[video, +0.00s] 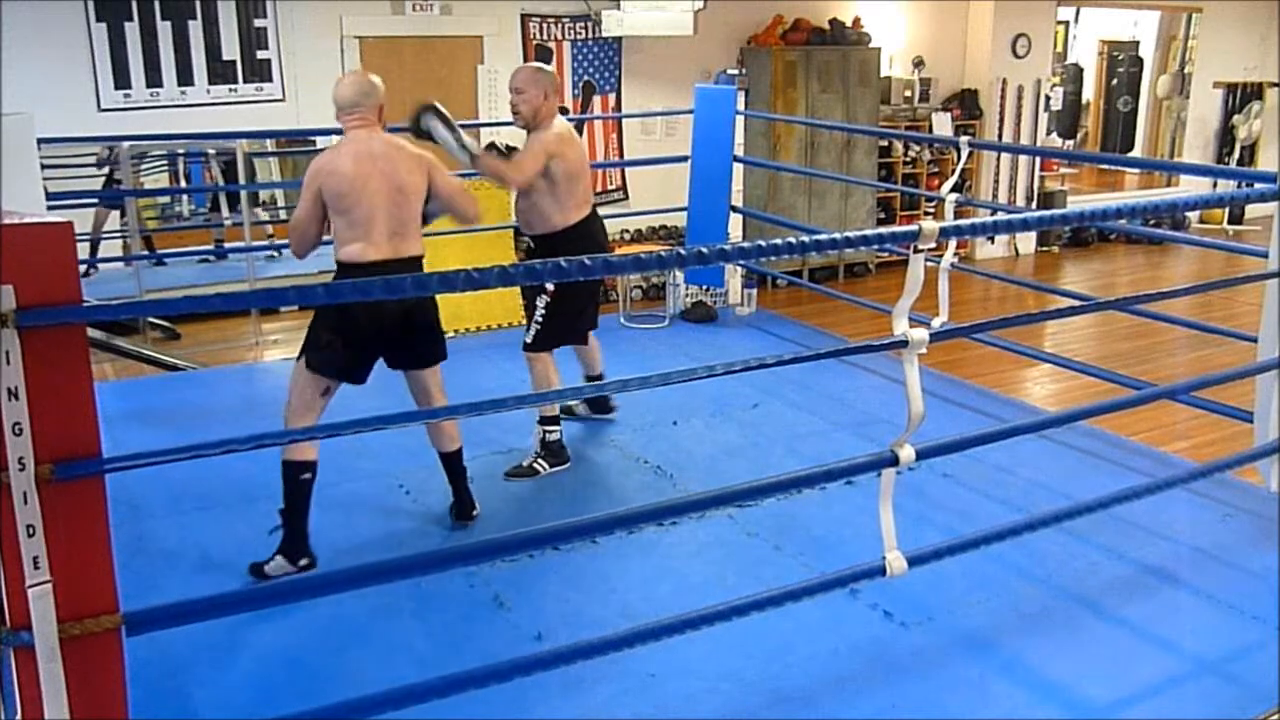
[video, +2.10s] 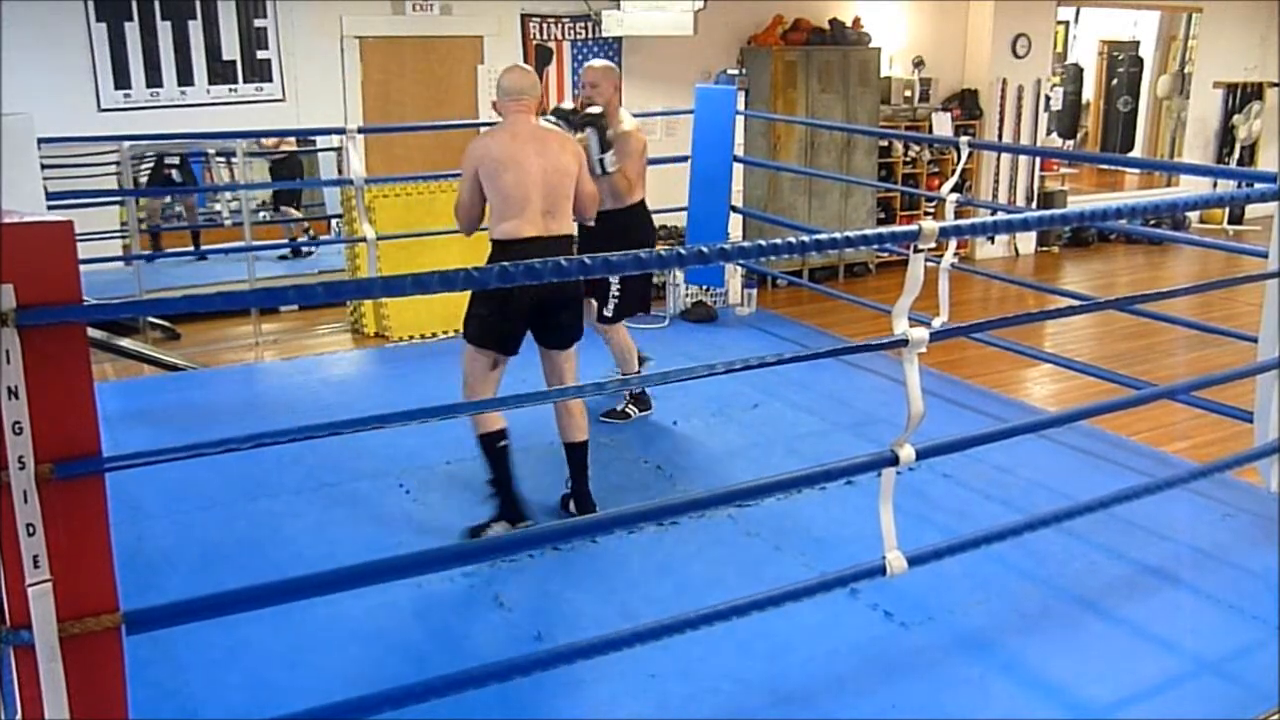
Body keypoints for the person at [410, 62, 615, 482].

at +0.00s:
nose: (511, 102)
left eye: (519, 93)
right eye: (510, 94)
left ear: (549, 98)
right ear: (544, 100)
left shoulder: (545, 139)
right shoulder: (558, 131)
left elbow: (518, 178)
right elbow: (537, 176)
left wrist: (472, 153)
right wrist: (501, 159)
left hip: (561, 253)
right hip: (582, 242)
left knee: (536, 350)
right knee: (579, 329)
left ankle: (552, 446)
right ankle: (598, 397)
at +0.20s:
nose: (527, 100)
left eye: (534, 92)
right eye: (526, 92)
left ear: (561, 98)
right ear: (556, 98)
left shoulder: (566, 147)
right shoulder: (561, 134)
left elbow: (564, 222)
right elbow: (549, 180)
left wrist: (519, 187)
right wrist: (520, 168)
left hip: (581, 250)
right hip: (597, 239)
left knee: (541, 348)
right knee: (609, 324)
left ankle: (552, 447)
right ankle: (653, 392)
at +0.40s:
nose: (570, 104)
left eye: (579, 97)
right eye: (571, 97)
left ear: (606, 104)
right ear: (599, 106)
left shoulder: (610, 151)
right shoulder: (596, 143)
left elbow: (582, 213)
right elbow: (570, 197)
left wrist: (559, 162)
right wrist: (559, 146)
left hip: (608, 256)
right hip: (618, 250)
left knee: (564, 351)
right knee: (632, 336)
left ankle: (554, 447)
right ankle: (682, 402)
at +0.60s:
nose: (607, 101)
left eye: (616, 94)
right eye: (606, 93)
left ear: (641, 100)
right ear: (608, 98)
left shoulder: (650, 149)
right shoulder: (619, 143)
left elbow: (634, 211)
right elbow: (606, 209)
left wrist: (605, 172)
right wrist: (589, 166)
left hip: (650, 253)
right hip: (630, 249)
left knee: (608, 343)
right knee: (650, 335)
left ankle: (579, 436)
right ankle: (687, 406)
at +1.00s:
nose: (632, 101)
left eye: (639, 93)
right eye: (629, 93)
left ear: (661, 94)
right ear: (630, 94)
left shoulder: (672, 140)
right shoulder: (643, 133)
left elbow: (624, 185)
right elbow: (605, 185)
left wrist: (630, 133)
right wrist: (604, 133)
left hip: (671, 237)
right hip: (648, 235)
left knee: (629, 333)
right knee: (667, 330)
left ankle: (640, 430)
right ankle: (690, 405)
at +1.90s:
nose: (599, 91)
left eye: (606, 83)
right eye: (596, 83)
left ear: (628, 86)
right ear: (595, 87)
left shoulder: (646, 129)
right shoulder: (596, 129)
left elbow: (655, 188)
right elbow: (582, 185)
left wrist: (630, 155)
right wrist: (576, 144)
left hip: (640, 223)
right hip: (606, 224)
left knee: (613, 317)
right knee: (629, 313)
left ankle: (637, 401)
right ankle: (657, 383)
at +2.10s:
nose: (585, 93)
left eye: (593, 86)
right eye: (582, 86)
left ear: (616, 88)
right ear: (581, 90)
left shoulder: (629, 135)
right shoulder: (588, 128)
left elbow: (625, 192)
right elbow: (576, 180)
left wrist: (597, 153)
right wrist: (565, 133)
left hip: (626, 227)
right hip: (595, 225)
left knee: (607, 321)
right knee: (588, 307)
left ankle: (638, 395)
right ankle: (631, 356)